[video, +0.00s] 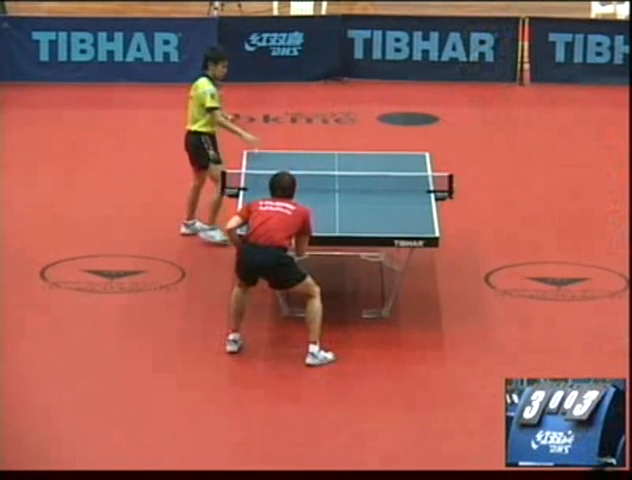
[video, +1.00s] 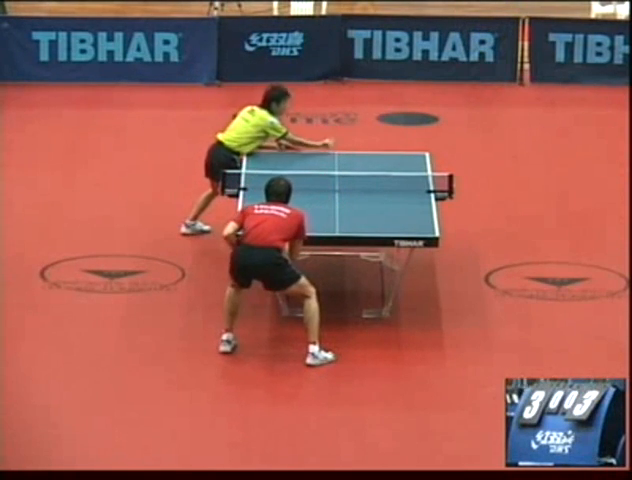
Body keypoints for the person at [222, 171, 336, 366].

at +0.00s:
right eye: (293, 189)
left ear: (271, 191)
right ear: (293, 192)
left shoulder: (255, 206)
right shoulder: (302, 212)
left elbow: (230, 228)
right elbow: (301, 251)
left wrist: (241, 246)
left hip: (249, 252)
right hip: (276, 256)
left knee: (242, 287)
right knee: (313, 292)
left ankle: (233, 336)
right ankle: (315, 349)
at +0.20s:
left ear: (274, 190)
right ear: (296, 191)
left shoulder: (260, 205)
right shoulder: (306, 211)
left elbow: (237, 224)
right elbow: (305, 250)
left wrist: (242, 244)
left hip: (254, 250)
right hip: (282, 253)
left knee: (244, 286)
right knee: (314, 294)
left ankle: (233, 335)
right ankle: (315, 349)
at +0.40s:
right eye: (294, 189)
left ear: (275, 190)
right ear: (297, 192)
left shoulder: (260, 205)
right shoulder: (307, 211)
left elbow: (239, 224)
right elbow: (305, 250)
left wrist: (244, 244)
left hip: (256, 250)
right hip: (285, 253)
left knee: (241, 287)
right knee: (314, 294)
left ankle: (228, 336)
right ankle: (315, 349)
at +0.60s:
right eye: (290, 193)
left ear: (270, 194)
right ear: (292, 195)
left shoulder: (254, 209)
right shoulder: (301, 215)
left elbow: (231, 228)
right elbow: (300, 251)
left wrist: (241, 250)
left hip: (250, 252)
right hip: (278, 255)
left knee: (237, 287)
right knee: (312, 294)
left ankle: (227, 336)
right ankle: (315, 349)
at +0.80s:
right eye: (287, 194)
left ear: (267, 195)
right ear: (289, 197)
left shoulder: (251, 209)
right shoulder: (297, 216)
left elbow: (228, 231)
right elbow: (294, 253)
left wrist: (238, 250)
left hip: (245, 252)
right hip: (272, 255)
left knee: (235, 287)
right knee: (310, 294)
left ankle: (227, 335)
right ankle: (314, 349)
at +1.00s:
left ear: (266, 195)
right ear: (288, 197)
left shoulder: (250, 210)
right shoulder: (296, 216)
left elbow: (228, 233)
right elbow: (294, 253)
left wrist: (240, 248)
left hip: (243, 252)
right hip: (271, 255)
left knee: (235, 287)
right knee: (309, 293)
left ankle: (227, 335)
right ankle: (314, 349)